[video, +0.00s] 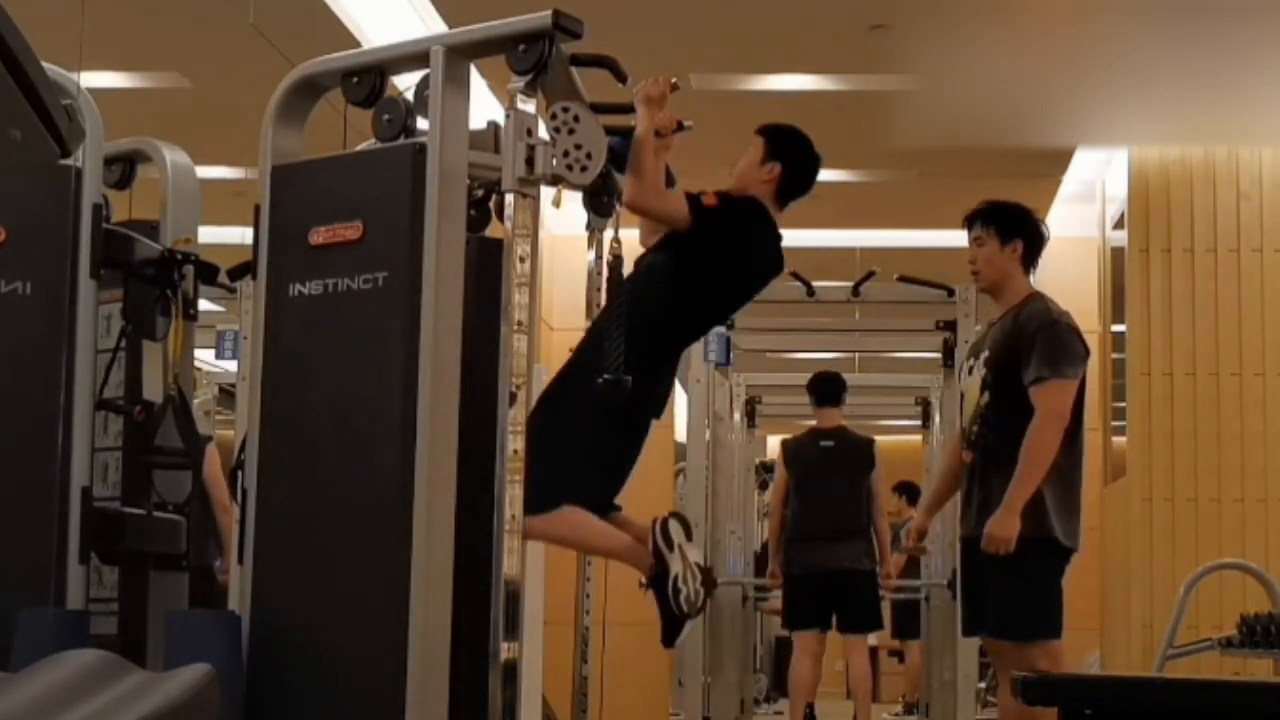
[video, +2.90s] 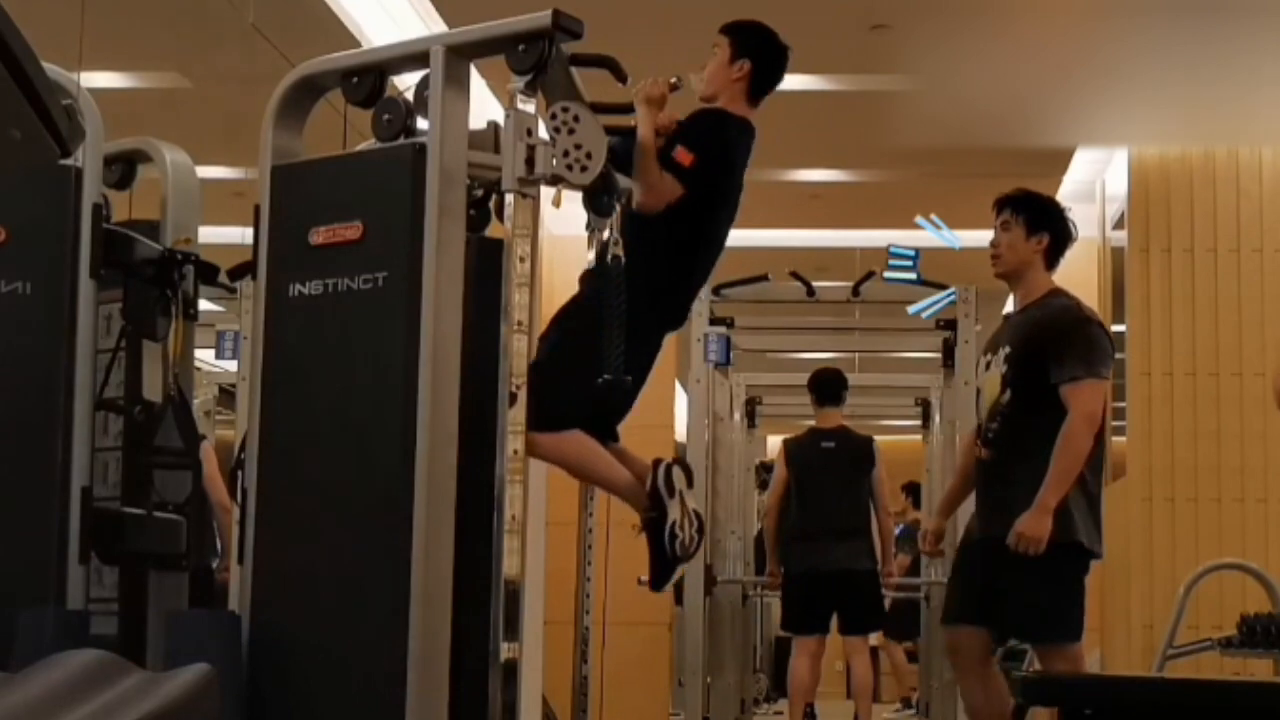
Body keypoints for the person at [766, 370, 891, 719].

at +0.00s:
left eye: (814, 398)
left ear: (811, 400)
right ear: (844, 399)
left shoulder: (790, 448)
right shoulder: (866, 447)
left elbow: (776, 508)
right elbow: (879, 511)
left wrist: (773, 558)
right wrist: (886, 560)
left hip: (805, 566)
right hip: (854, 564)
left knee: (805, 648)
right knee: (857, 649)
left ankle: (798, 716)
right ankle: (863, 715)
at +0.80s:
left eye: (816, 452)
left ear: (813, 456)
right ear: (847, 455)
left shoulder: (793, 496)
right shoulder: (867, 495)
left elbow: (779, 557)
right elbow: (881, 557)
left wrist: (774, 607)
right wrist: (887, 611)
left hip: (806, 583)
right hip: (856, 582)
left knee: (801, 652)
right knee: (864, 652)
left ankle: (797, 715)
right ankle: (865, 715)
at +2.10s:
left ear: (815, 399)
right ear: (848, 398)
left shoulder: (794, 449)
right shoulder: (869, 449)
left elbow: (774, 512)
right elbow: (886, 513)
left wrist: (773, 563)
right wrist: (891, 566)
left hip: (808, 564)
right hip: (856, 563)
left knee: (806, 648)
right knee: (859, 650)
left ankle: (798, 715)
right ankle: (863, 715)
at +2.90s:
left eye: (814, 396)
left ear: (811, 399)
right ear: (845, 398)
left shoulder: (790, 448)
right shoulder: (866, 447)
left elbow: (771, 509)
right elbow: (884, 510)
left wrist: (772, 559)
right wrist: (888, 560)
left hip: (806, 567)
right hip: (855, 566)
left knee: (805, 649)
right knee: (858, 650)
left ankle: (797, 716)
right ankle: (863, 715)